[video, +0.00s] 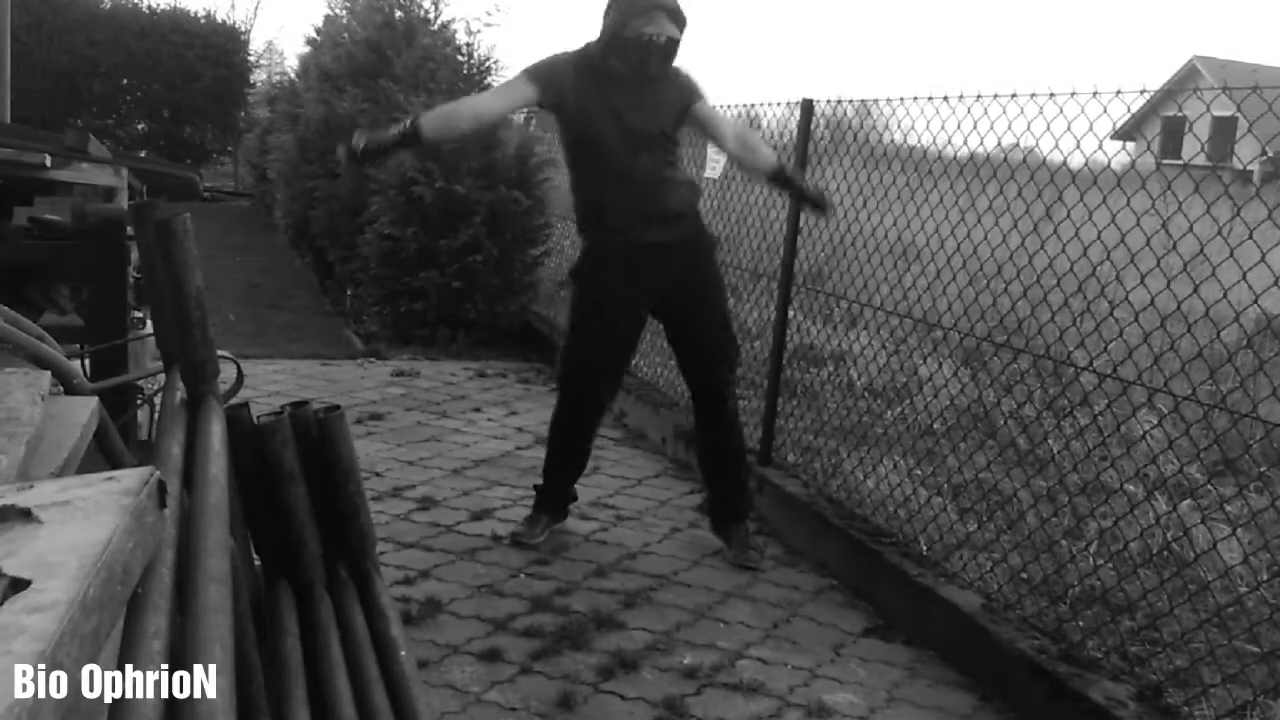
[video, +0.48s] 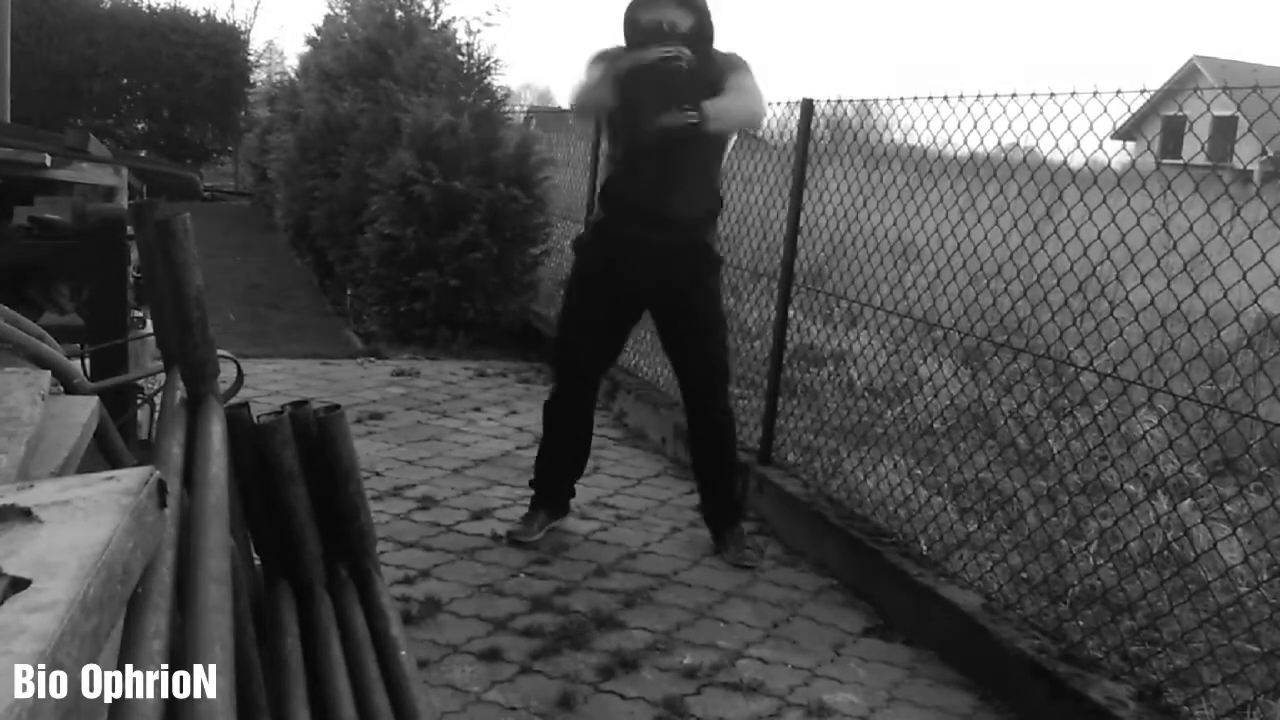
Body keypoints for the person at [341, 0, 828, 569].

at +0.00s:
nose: (658, 50)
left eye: (668, 39)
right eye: (648, 35)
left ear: (673, 38)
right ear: (618, 25)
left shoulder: (676, 87)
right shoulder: (563, 74)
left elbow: (735, 140)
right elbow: (481, 109)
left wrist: (788, 177)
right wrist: (401, 134)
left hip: (687, 258)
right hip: (612, 261)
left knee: (714, 388)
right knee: (582, 393)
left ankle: (733, 519)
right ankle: (548, 510)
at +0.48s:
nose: (663, 24)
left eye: (675, 15)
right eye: (650, 16)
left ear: (694, 23)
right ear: (633, 25)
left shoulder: (721, 68)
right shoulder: (615, 70)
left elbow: (751, 109)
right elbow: (582, 104)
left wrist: (692, 114)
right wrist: (623, 66)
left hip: (686, 256)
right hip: (611, 250)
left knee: (708, 392)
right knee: (574, 378)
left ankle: (728, 524)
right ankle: (549, 501)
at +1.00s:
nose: (663, 19)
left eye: (670, 17)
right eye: (653, 16)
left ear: (679, 17)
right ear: (638, 19)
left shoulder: (721, 59)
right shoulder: (616, 63)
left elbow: (709, 55)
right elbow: (623, 65)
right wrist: (635, 6)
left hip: (683, 251)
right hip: (611, 245)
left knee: (711, 385)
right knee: (577, 378)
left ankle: (728, 518)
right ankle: (550, 500)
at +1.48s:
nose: (738, 48)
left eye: (750, 40)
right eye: (730, 35)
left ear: (758, 43)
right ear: (704, 27)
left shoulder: (748, 88)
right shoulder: (663, 51)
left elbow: (756, 156)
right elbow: (603, 24)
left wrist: (756, 199)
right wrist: (582, 38)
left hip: (715, 257)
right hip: (643, 248)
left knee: (721, 394)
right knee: (591, 378)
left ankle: (721, 520)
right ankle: (541, 498)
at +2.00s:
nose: (707, 28)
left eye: (720, 18)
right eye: (705, 19)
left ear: (751, 23)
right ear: (706, 23)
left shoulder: (781, 74)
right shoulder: (716, 83)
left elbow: (802, 121)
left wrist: (792, 156)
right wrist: (673, 161)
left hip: (742, 239)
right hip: (684, 225)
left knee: (733, 386)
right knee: (653, 303)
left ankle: (722, 520)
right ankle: (622, 416)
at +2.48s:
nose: (717, 55)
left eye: (731, 47)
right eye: (709, 42)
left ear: (751, 52)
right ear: (695, 40)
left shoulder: (755, 119)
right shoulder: (665, 81)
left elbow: (780, 190)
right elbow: (597, 85)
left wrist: (804, 132)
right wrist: (523, 95)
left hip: (737, 274)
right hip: (668, 265)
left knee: (738, 399)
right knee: (620, 390)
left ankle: (725, 524)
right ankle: (547, 507)